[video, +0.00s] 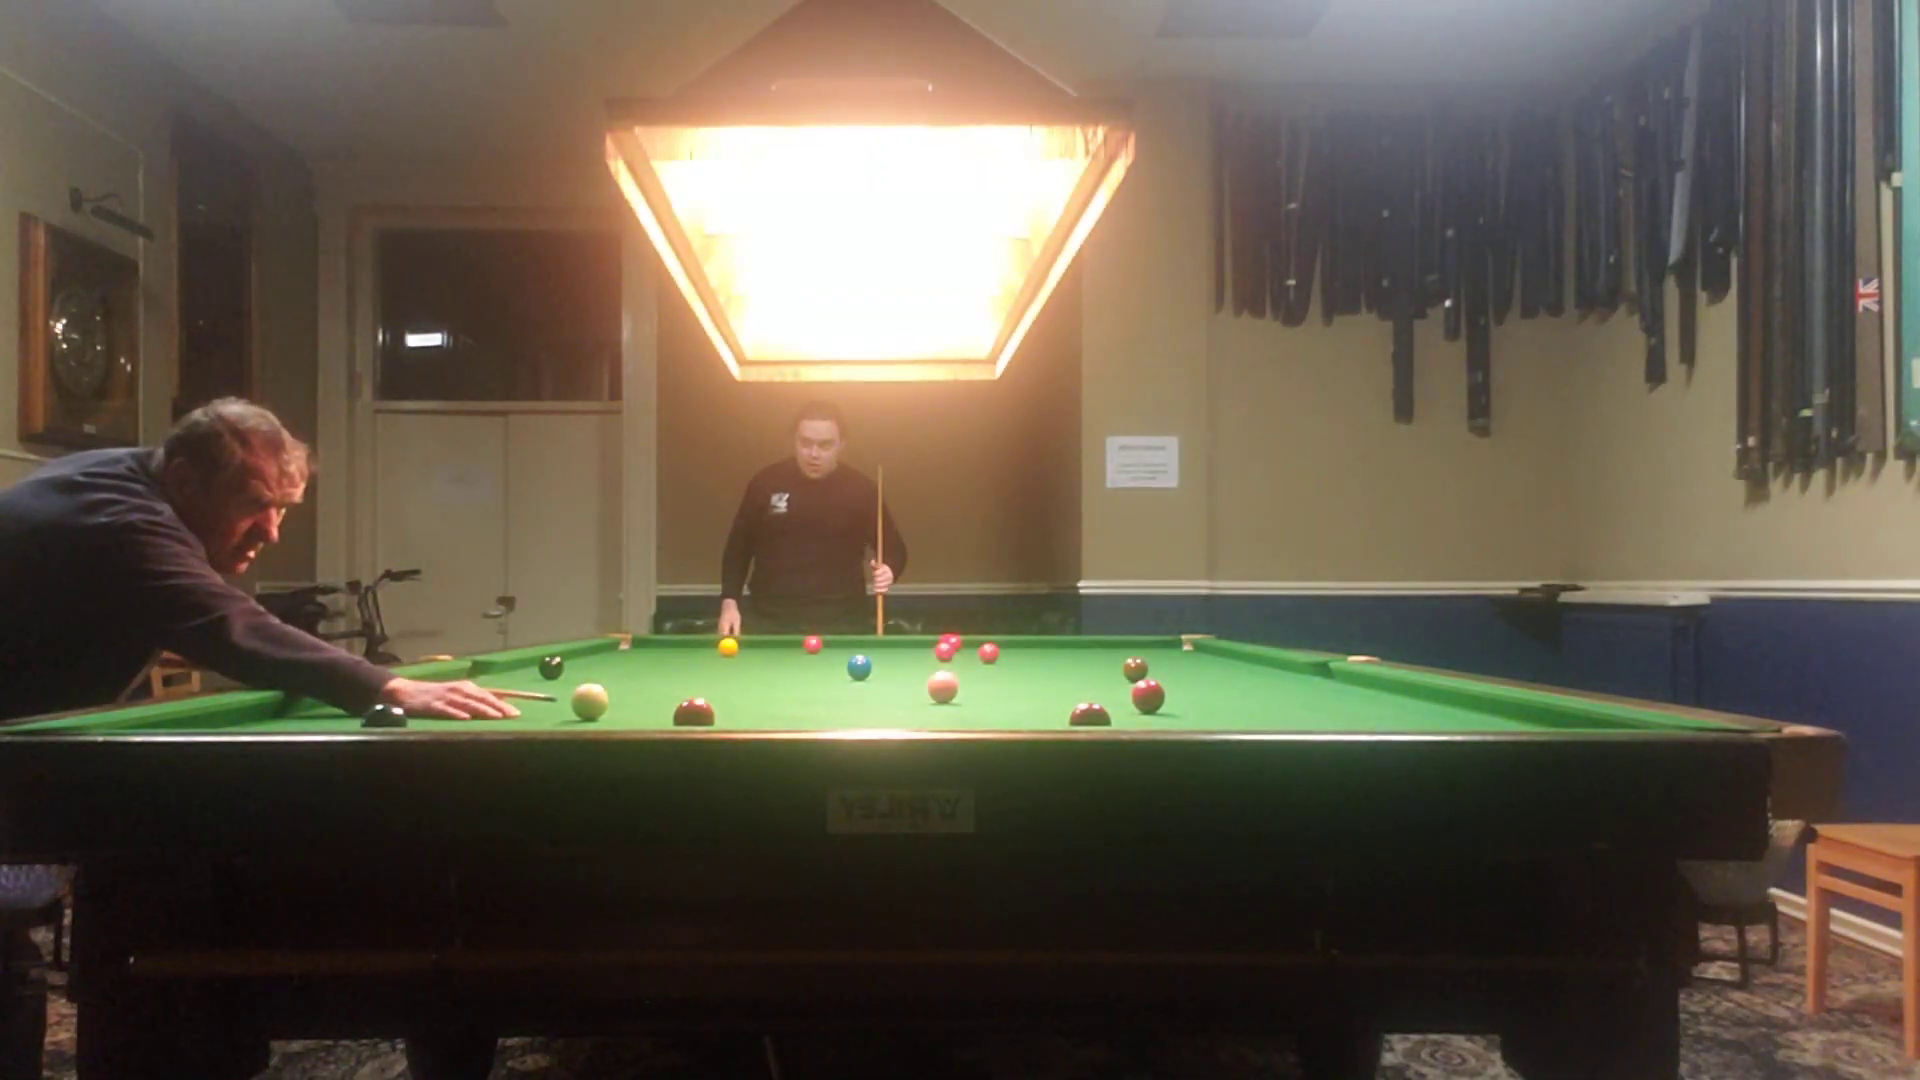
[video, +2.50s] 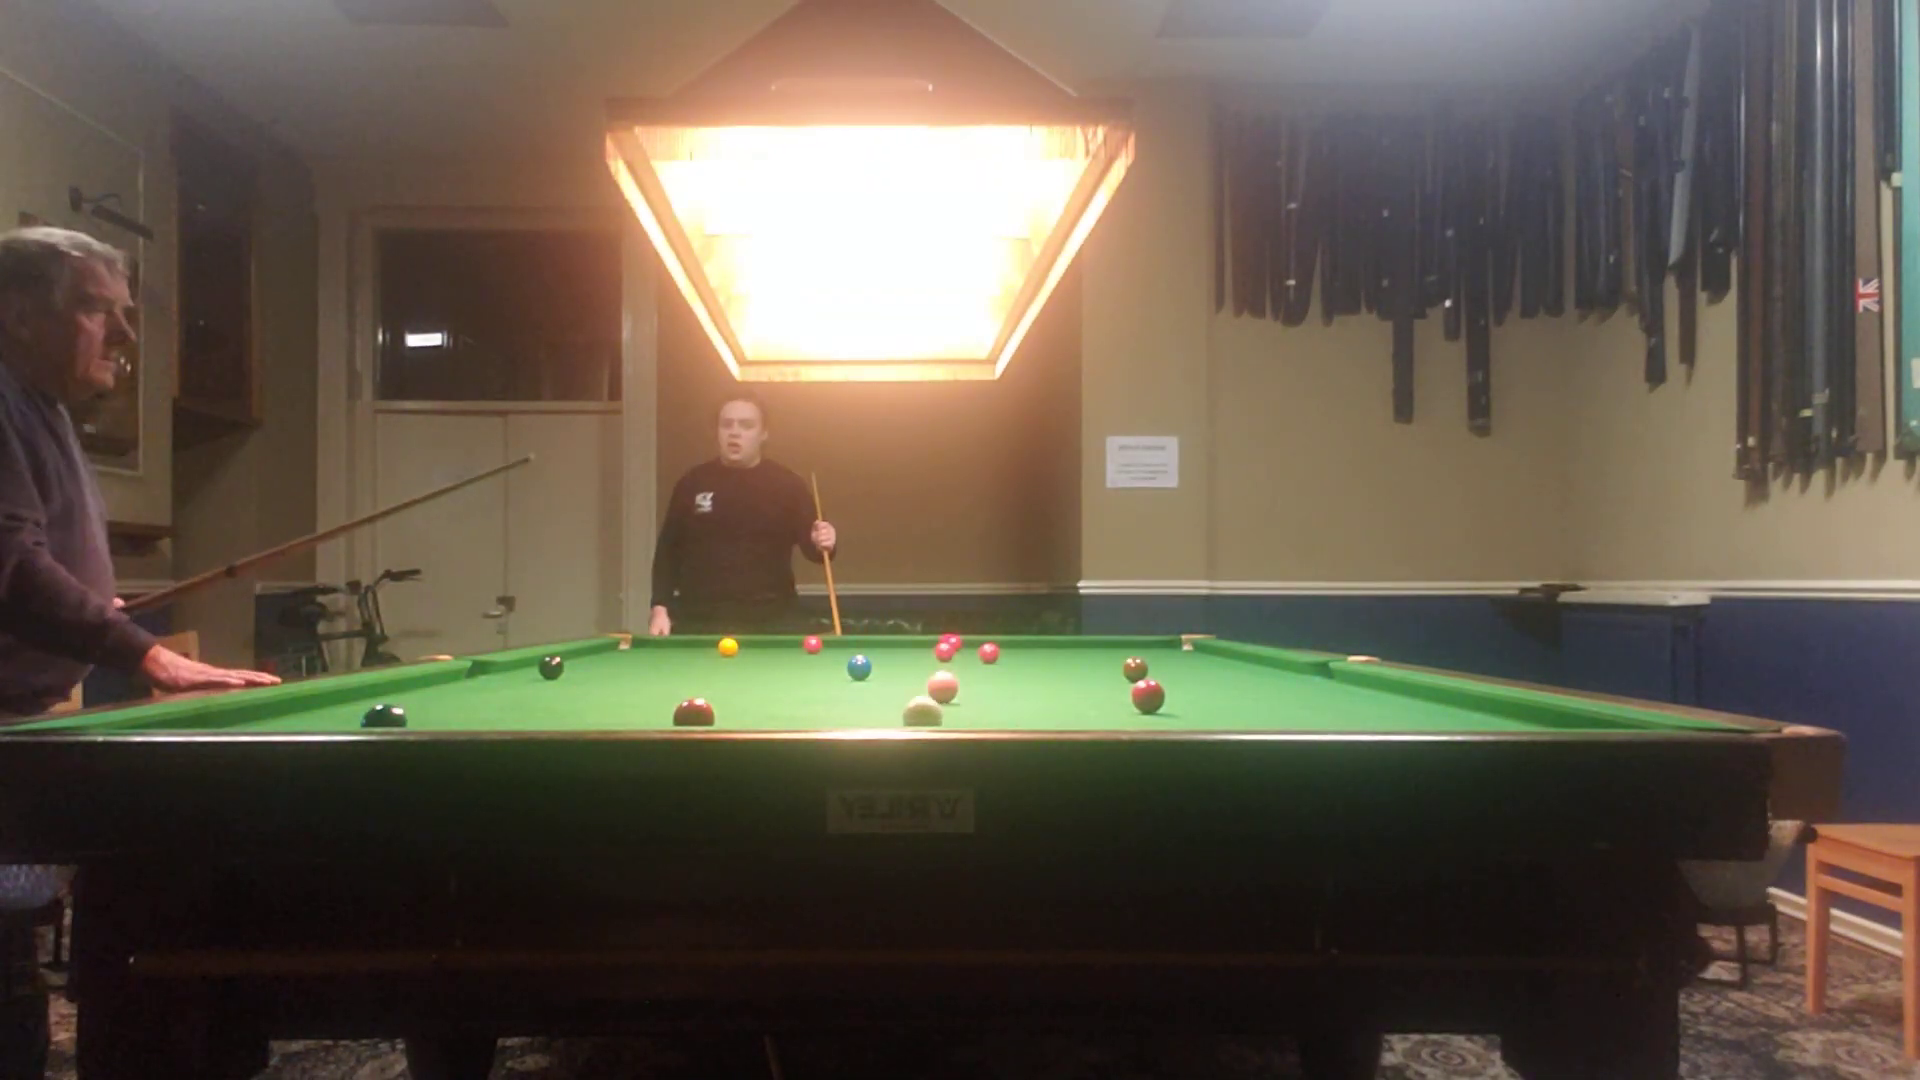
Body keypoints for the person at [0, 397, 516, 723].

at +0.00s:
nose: (271, 532)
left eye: (282, 512)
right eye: (255, 506)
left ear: (181, 476)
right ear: (184, 481)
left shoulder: (135, 473)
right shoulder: (135, 531)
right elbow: (243, 633)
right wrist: (394, 687)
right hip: (10, 720)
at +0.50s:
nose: (270, 537)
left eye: (283, 516)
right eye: (255, 510)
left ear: (183, 476)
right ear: (187, 481)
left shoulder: (134, 474)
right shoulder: (135, 531)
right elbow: (241, 632)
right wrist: (394, 687)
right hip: (11, 719)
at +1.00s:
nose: (266, 507)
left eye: (277, 488)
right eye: (250, 484)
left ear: (180, 457)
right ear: (189, 462)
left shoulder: (124, 463)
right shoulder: (134, 516)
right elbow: (244, 622)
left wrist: (144, 620)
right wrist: (386, 682)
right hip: (14, 731)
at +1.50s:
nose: (226, 420)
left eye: (236, 403)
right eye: (207, 396)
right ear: (144, 386)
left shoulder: (109, 440)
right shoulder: (86, 445)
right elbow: (154, 575)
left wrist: (120, 632)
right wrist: (296, 654)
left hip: (41, 745)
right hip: (16, 751)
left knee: (30, 945)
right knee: (24, 953)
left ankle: (27, 1061)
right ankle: (25, 1064)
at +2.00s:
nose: (169, 362)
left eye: (176, 345)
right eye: (150, 343)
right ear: (85, 343)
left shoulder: (110, 432)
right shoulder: (22, 410)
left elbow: (100, 580)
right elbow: (31, 564)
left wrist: (160, 657)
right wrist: (160, 648)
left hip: (78, 726)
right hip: (13, 730)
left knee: (58, 929)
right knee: (22, 934)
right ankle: (27, 1064)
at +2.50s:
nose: (124, 336)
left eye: (124, 318)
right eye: (103, 312)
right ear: (26, 316)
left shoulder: (46, 417)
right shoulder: (8, 410)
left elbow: (61, 574)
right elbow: (16, 561)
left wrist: (161, 658)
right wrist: (149, 654)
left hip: (48, 719)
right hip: (14, 723)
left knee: (30, 916)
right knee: (16, 919)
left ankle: (29, 1054)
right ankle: (23, 1058)